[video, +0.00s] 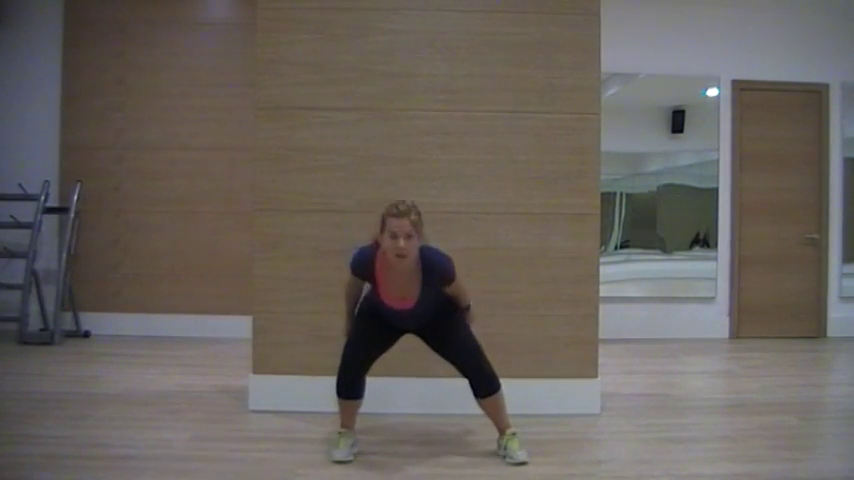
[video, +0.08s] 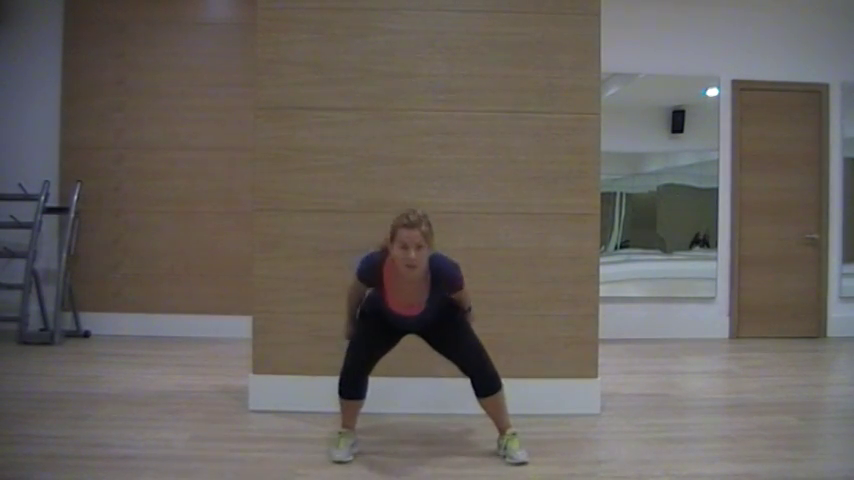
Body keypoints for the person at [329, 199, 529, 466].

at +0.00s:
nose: (401, 244)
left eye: (408, 237)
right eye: (393, 237)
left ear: (420, 238)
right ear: (380, 238)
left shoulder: (437, 264)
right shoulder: (365, 260)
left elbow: (460, 293)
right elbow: (353, 289)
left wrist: (465, 313)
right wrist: (350, 325)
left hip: (434, 316)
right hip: (383, 315)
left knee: (478, 367)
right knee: (351, 365)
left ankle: (507, 436)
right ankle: (346, 434)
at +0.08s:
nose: (411, 255)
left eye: (419, 248)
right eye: (403, 247)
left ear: (429, 249)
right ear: (391, 247)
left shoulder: (445, 270)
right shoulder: (373, 267)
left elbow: (463, 301)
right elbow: (355, 293)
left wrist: (463, 325)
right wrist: (350, 324)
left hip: (436, 316)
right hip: (384, 316)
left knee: (480, 365)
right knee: (354, 366)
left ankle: (507, 436)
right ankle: (346, 434)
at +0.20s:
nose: (428, 266)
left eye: (435, 258)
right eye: (420, 258)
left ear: (445, 258)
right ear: (406, 255)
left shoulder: (460, 280)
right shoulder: (385, 273)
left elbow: (468, 307)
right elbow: (361, 296)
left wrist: (468, 327)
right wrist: (355, 323)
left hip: (442, 320)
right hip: (388, 318)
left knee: (484, 366)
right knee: (358, 369)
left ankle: (507, 435)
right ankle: (347, 434)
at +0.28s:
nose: (440, 269)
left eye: (447, 261)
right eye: (431, 261)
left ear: (457, 260)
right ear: (417, 260)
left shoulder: (470, 281)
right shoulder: (395, 274)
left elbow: (474, 306)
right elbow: (365, 293)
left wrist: (474, 323)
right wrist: (356, 322)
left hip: (445, 320)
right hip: (393, 316)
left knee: (485, 365)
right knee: (362, 367)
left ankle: (508, 436)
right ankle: (347, 434)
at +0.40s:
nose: (459, 272)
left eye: (465, 263)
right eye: (450, 264)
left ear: (474, 261)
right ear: (434, 261)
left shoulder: (483, 281)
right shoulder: (410, 274)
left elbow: (480, 302)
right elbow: (374, 287)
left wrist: (481, 318)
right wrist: (357, 317)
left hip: (449, 319)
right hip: (397, 313)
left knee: (490, 364)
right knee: (367, 367)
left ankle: (508, 436)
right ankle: (348, 435)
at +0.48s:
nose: (470, 271)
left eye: (476, 262)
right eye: (461, 263)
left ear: (485, 261)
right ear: (445, 260)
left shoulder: (491, 280)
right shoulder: (419, 271)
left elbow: (482, 298)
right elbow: (378, 284)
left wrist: (483, 312)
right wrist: (359, 314)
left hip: (451, 318)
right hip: (400, 312)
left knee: (493, 362)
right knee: (369, 368)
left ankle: (508, 436)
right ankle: (348, 435)